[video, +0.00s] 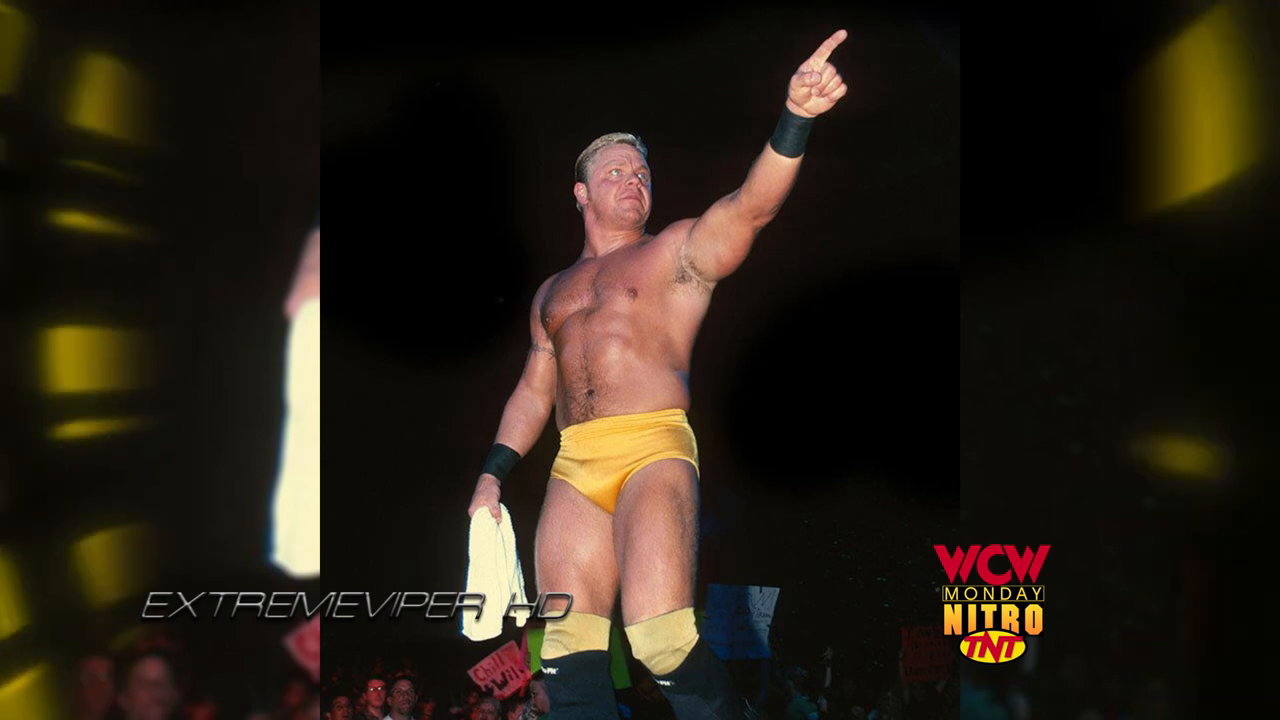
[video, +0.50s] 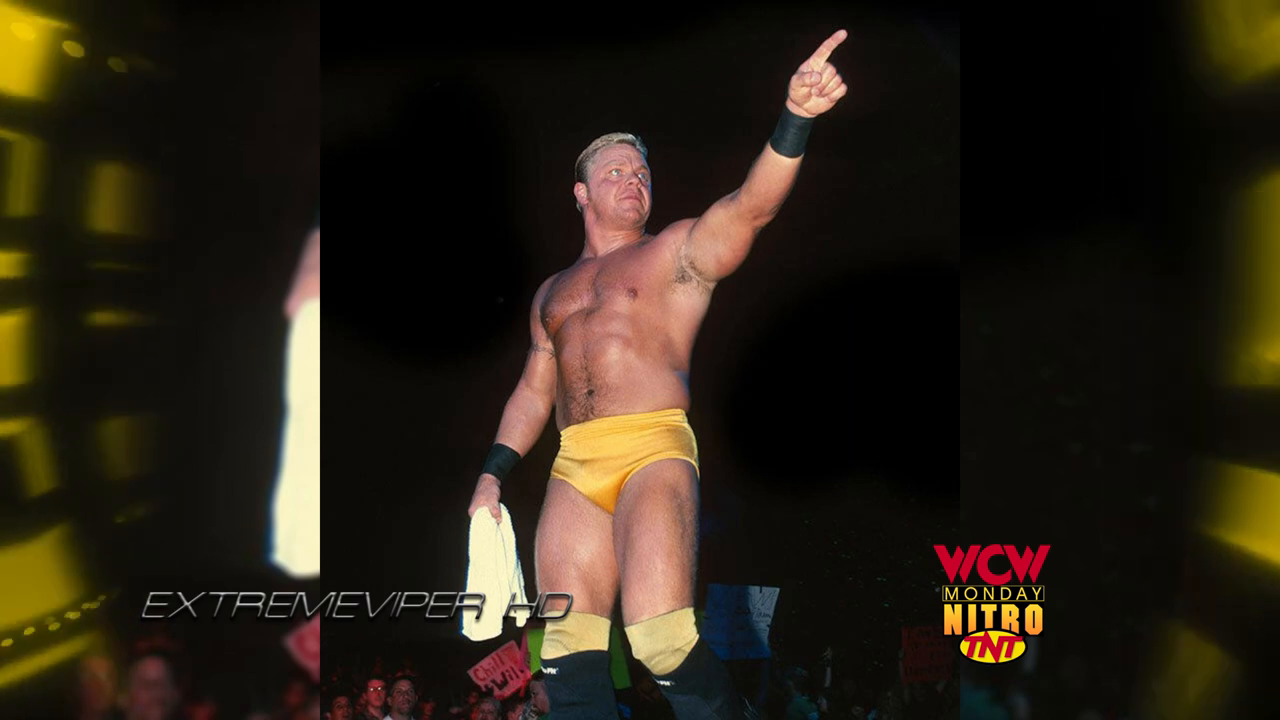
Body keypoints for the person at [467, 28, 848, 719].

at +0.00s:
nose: (631, 179)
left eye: (640, 172)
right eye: (614, 170)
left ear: (650, 194)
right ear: (580, 193)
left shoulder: (680, 253)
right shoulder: (552, 296)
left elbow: (753, 203)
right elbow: (534, 393)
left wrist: (797, 115)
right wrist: (490, 478)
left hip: (656, 448)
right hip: (575, 462)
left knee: (660, 637)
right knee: (568, 647)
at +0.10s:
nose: (632, 179)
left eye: (640, 172)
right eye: (615, 170)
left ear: (650, 194)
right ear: (581, 193)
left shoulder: (680, 254)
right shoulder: (552, 296)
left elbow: (753, 203)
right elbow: (534, 394)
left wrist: (797, 116)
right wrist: (490, 478)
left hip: (656, 448)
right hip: (575, 462)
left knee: (660, 637)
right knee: (568, 647)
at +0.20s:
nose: (632, 179)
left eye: (640, 172)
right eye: (615, 170)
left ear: (650, 194)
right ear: (581, 193)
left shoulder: (680, 254)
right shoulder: (552, 296)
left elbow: (753, 203)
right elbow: (534, 394)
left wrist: (797, 116)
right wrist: (490, 478)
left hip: (656, 448)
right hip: (575, 462)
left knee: (660, 636)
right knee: (568, 647)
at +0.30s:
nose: (632, 179)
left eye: (640, 172)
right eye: (615, 170)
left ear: (650, 194)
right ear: (581, 193)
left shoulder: (680, 254)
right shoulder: (552, 296)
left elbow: (753, 203)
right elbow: (534, 394)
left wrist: (797, 116)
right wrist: (490, 478)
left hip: (656, 448)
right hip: (575, 462)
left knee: (660, 636)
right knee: (568, 647)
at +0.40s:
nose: (631, 179)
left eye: (640, 172)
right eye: (614, 170)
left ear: (650, 194)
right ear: (580, 193)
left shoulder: (680, 253)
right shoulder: (552, 296)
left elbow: (753, 203)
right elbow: (534, 393)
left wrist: (797, 115)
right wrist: (490, 478)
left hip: (656, 448)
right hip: (575, 462)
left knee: (660, 637)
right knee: (568, 647)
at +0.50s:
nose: (631, 179)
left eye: (640, 172)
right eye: (614, 170)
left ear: (650, 194)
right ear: (580, 193)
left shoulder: (680, 253)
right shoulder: (552, 296)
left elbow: (753, 203)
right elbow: (534, 393)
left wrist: (797, 115)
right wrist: (490, 478)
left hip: (656, 448)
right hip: (575, 462)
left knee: (660, 637)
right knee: (568, 647)